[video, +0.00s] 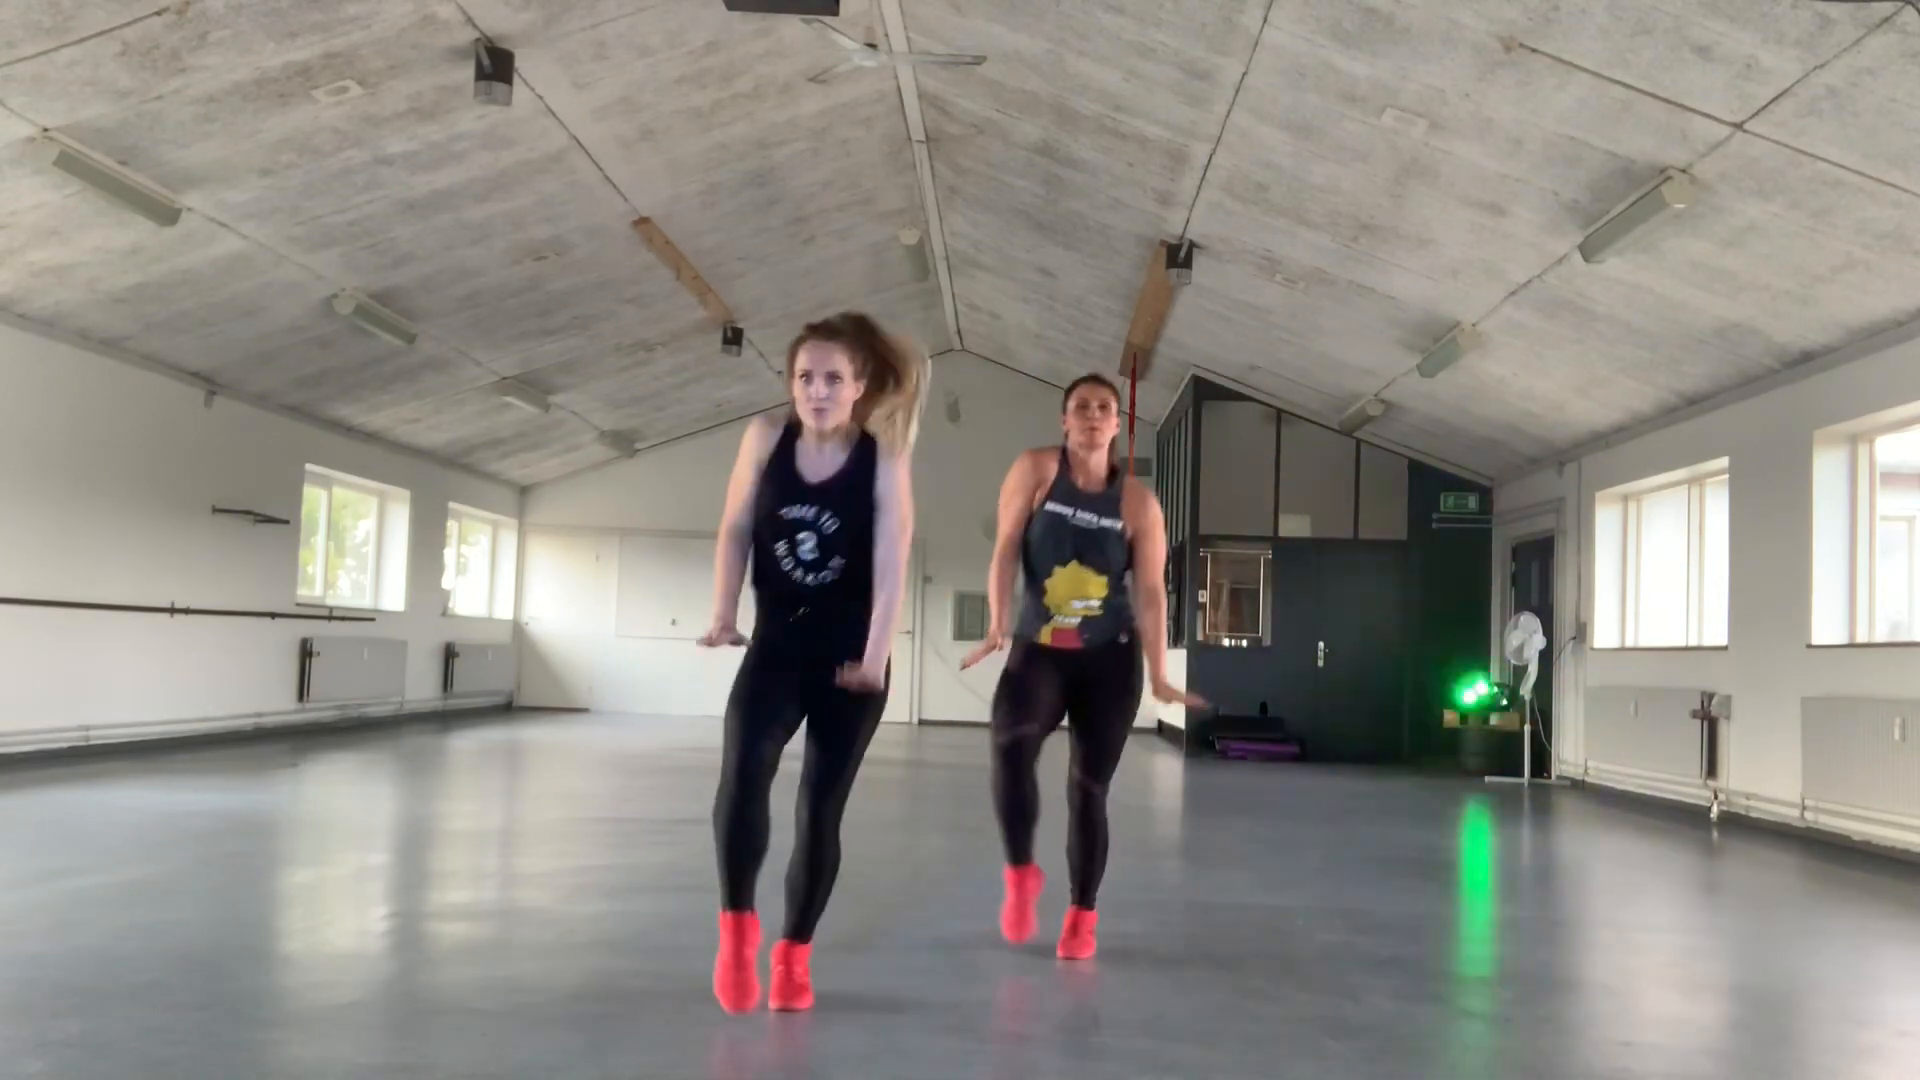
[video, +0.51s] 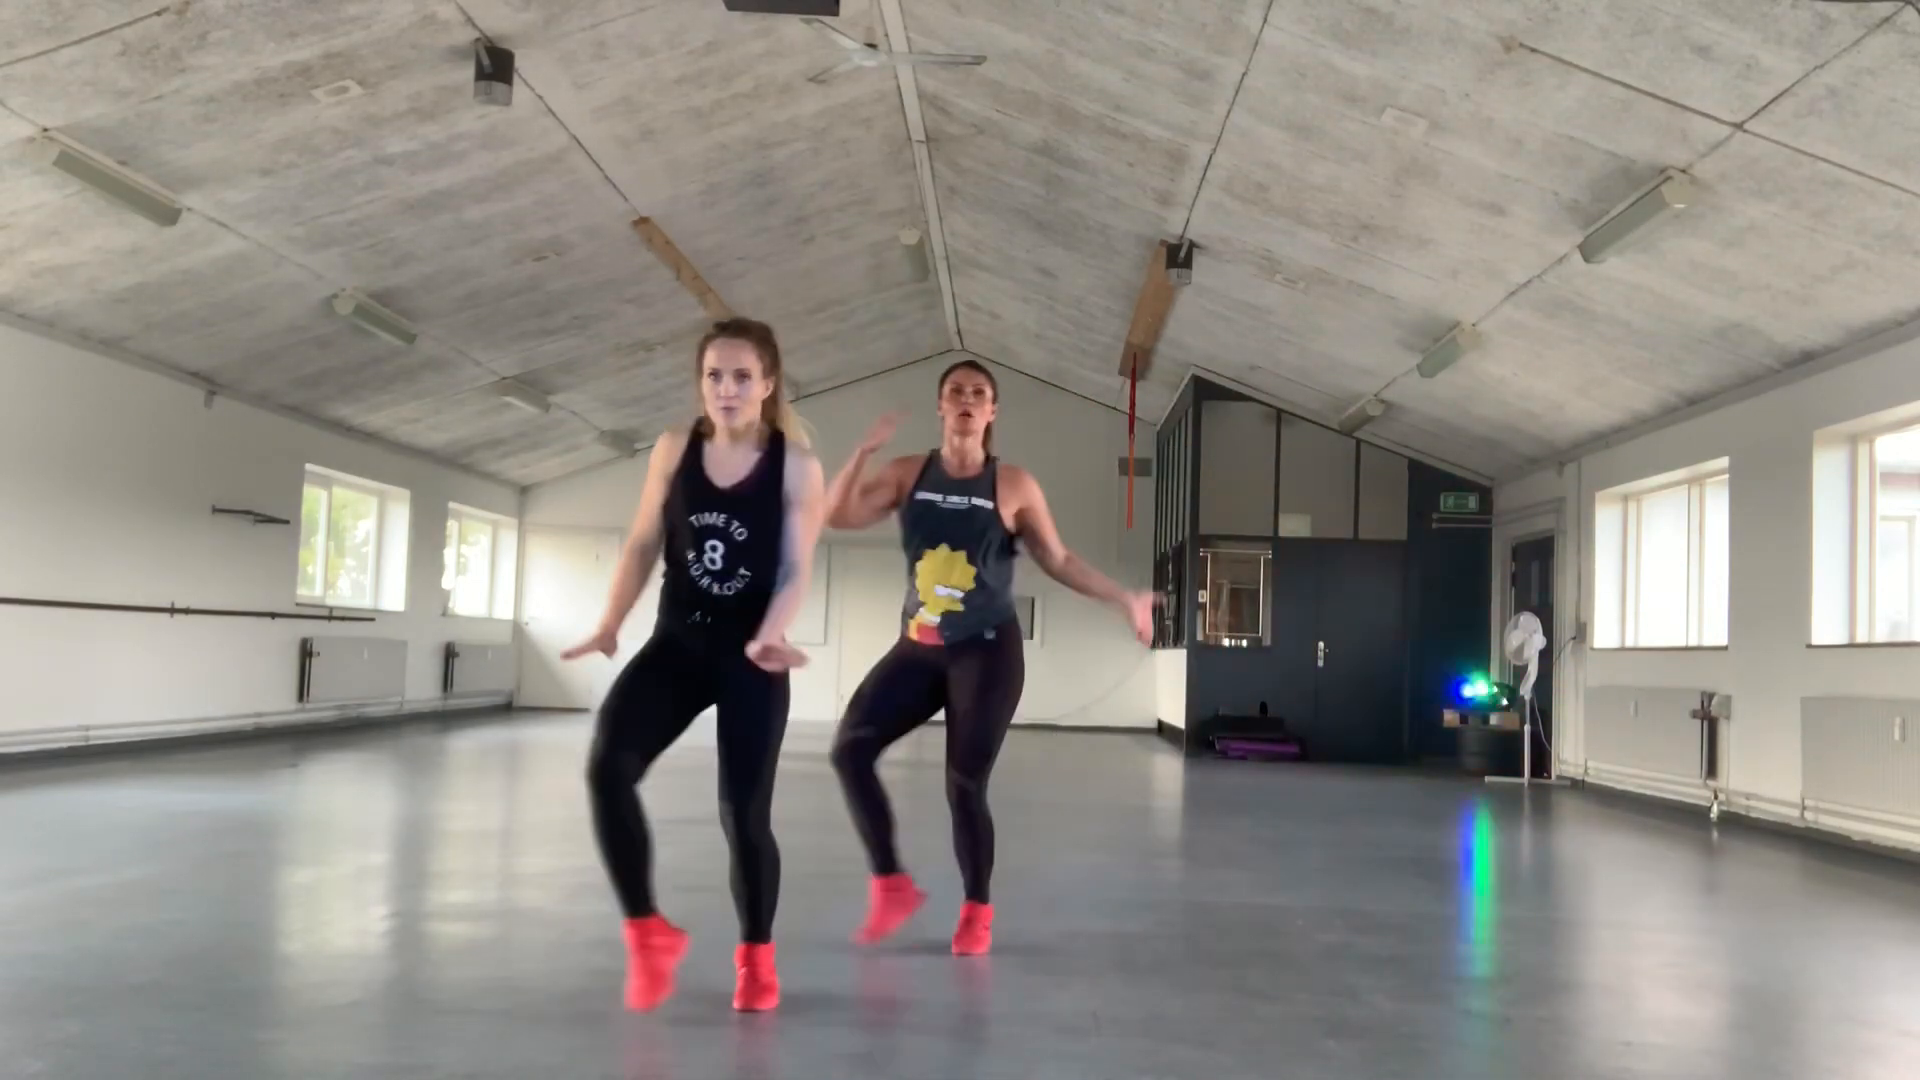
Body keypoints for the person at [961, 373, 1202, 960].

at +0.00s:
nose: (1092, 417)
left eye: (1104, 409)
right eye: (1082, 408)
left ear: (1119, 422)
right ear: (1064, 420)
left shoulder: (1139, 501)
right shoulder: (1033, 470)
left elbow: (1151, 591)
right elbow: (1006, 550)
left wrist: (1158, 675)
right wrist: (998, 625)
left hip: (1110, 659)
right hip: (1039, 653)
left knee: (1089, 788)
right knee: (1011, 742)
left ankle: (1083, 912)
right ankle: (1021, 872)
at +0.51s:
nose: (966, 402)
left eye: (977, 394)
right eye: (956, 393)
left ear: (994, 410)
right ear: (939, 406)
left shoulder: (1014, 486)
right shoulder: (907, 474)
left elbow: (1059, 561)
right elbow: (839, 515)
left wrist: (1126, 598)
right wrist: (860, 454)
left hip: (986, 650)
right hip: (920, 649)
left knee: (965, 783)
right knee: (850, 751)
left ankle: (976, 907)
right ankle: (891, 884)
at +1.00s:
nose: (879, 414)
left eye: (890, 405)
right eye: (869, 405)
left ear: (907, 417)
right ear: (856, 418)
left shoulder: (929, 472)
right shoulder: (829, 469)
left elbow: (957, 388)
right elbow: (774, 405)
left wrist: (909, 327)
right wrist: (773, 332)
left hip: (879, 658)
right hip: (806, 649)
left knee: (934, 773)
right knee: (784, 774)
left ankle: (948, 910)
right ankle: (747, 906)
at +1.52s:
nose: (867, 410)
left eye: (878, 402)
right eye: (857, 401)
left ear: (895, 415)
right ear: (840, 412)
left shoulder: (913, 477)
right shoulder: (817, 462)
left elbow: (966, 411)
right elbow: (778, 381)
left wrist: (928, 344)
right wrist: (825, 328)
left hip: (905, 648)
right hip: (829, 654)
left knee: (927, 778)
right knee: (780, 773)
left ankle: (963, 907)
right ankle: (765, 901)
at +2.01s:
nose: (866, 406)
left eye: (877, 398)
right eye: (856, 396)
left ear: (895, 410)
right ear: (840, 408)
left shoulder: (921, 461)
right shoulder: (818, 470)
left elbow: (967, 387)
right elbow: (761, 410)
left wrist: (931, 319)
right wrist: (765, 331)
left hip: (893, 650)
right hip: (819, 648)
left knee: (915, 782)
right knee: (779, 774)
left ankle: (957, 900)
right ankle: (757, 898)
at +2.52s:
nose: (917, 393)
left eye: (926, 385)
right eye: (906, 385)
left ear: (944, 402)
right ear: (889, 402)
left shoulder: (965, 467)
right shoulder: (865, 462)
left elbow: (1055, 476)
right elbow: (792, 459)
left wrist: (992, 501)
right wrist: (834, 484)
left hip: (944, 645)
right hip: (872, 644)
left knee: (938, 775)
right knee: (850, 773)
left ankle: (946, 907)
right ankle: (820, 905)